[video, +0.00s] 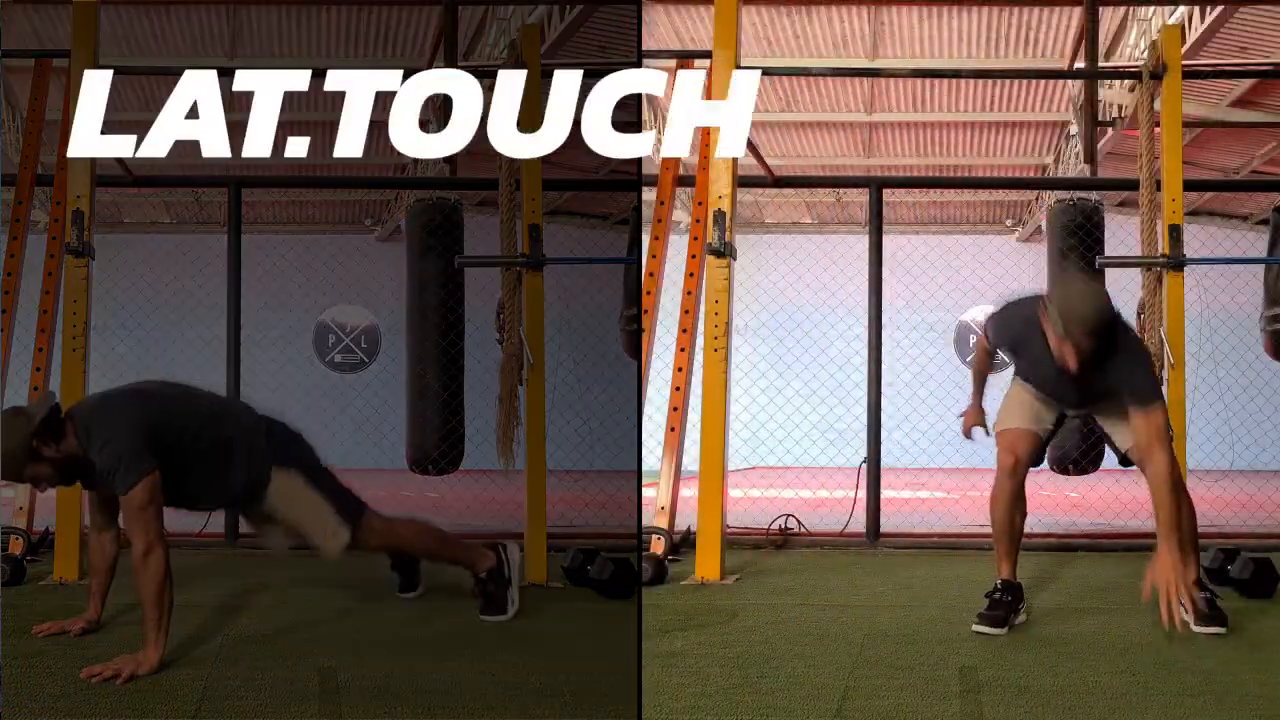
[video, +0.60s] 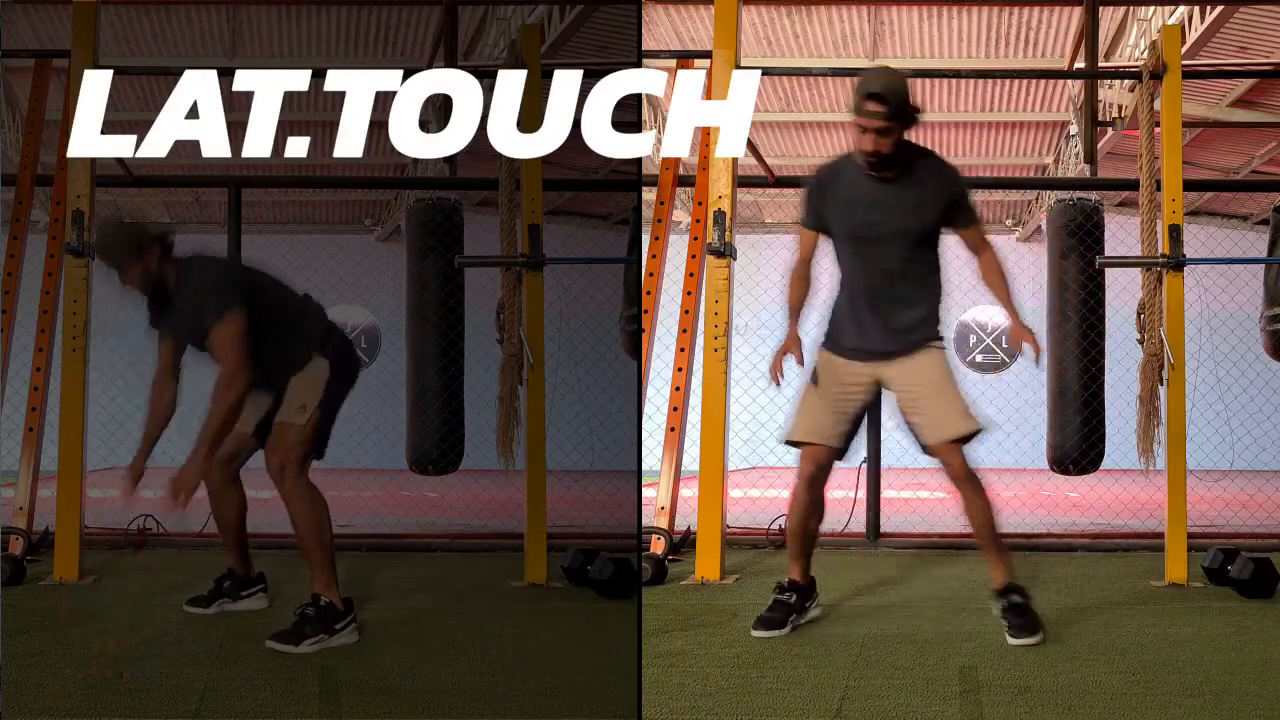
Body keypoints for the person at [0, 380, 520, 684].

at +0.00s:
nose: (40, 485)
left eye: (34, 477)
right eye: (31, 480)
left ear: (46, 448)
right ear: (46, 439)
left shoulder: (117, 432)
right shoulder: (85, 438)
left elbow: (148, 544)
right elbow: (103, 531)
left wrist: (152, 649)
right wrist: (92, 610)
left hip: (265, 456)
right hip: (238, 474)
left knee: (362, 529)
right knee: (323, 527)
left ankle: (484, 558)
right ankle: (401, 546)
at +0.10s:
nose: (57, 490)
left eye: (51, 482)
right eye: (48, 485)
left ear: (65, 456)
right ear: (61, 456)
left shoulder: (126, 436)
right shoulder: (86, 440)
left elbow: (149, 549)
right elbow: (97, 527)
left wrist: (151, 652)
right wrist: (92, 611)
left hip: (269, 393)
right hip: (237, 417)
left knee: (345, 497)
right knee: (292, 495)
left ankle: (467, 545)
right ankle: (375, 531)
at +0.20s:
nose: (101, 493)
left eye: (96, 483)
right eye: (93, 488)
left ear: (108, 460)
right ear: (102, 454)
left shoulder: (153, 433)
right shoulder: (112, 433)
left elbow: (160, 546)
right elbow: (110, 529)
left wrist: (150, 651)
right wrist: (93, 612)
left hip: (284, 344)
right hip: (244, 364)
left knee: (316, 474)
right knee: (251, 469)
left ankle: (418, 561)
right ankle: (320, 540)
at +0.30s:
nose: (125, 487)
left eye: (121, 478)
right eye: (117, 482)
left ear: (136, 457)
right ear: (131, 450)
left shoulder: (178, 434)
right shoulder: (135, 430)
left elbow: (169, 544)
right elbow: (126, 526)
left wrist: (150, 644)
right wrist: (94, 609)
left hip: (302, 331)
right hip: (255, 339)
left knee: (292, 457)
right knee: (229, 458)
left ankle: (352, 588)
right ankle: (255, 562)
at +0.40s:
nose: (122, 445)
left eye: (119, 433)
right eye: (116, 438)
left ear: (135, 414)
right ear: (132, 412)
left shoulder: (181, 412)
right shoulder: (141, 416)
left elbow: (166, 524)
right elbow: (121, 511)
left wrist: (132, 622)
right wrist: (87, 596)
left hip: (323, 357)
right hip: (272, 368)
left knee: (283, 465)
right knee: (216, 468)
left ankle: (332, 605)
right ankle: (242, 578)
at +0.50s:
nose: (118, 369)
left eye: (118, 357)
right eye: (113, 360)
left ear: (141, 342)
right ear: (137, 346)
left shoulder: (192, 354)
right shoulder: (149, 370)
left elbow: (189, 454)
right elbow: (131, 455)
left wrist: (147, 549)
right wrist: (100, 539)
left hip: (324, 370)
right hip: (270, 384)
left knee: (280, 467)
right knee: (211, 467)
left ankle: (330, 605)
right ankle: (242, 577)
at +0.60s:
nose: (124, 279)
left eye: (126, 267)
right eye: (118, 270)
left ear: (152, 252)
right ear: (140, 261)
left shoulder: (208, 282)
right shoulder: (166, 300)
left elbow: (236, 375)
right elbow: (165, 381)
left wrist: (197, 459)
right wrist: (142, 455)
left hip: (321, 355)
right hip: (272, 368)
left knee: (284, 462)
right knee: (217, 464)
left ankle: (331, 604)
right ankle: (242, 577)